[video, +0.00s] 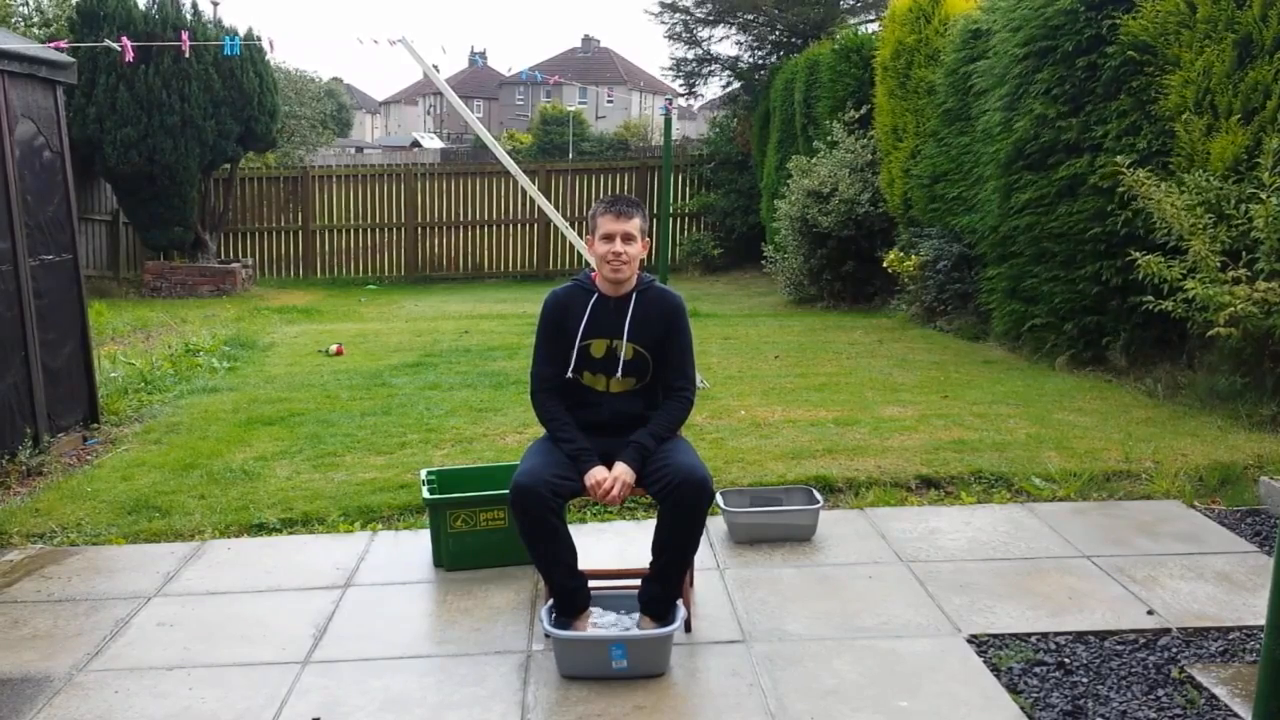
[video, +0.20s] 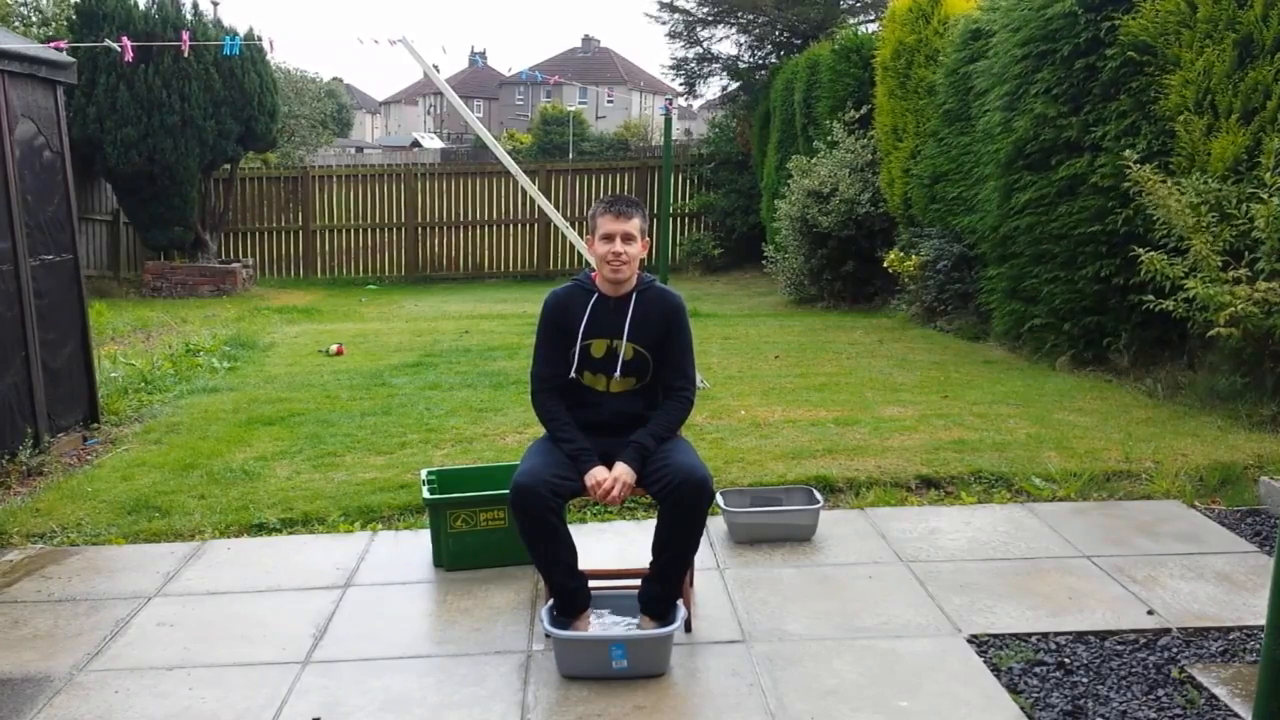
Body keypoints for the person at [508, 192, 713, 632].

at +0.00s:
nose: (617, 249)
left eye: (628, 239)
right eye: (606, 239)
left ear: (644, 248)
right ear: (589, 246)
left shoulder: (666, 306)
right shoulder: (562, 304)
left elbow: (680, 395)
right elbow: (544, 392)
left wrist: (632, 458)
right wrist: (587, 461)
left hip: (648, 435)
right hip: (574, 437)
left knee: (693, 485)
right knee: (528, 489)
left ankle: (657, 606)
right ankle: (573, 606)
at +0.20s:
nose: (617, 249)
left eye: (628, 239)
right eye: (606, 239)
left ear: (644, 247)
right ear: (589, 246)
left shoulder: (666, 306)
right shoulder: (562, 304)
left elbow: (680, 394)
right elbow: (545, 393)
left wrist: (633, 458)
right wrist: (587, 462)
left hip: (648, 435)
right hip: (574, 437)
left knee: (693, 484)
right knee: (528, 489)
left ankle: (657, 605)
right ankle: (572, 605)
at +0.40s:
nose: (616, 249)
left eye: (627, 239)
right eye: (606, 239)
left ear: (644, 247)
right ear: (589, 246)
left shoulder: (666, 306)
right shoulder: (562, 304)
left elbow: (679, 395)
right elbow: (545, 393)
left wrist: (632, 459)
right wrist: (587, 461)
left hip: (648, 435)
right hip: (574, 437)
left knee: (693, 484)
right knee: (528, 489)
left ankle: (657, 604)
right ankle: (572, 605)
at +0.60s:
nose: (615, 250)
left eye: (626, 240)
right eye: (605, 240)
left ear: (643, 247)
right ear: (588, 246)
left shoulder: (664, 305)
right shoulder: (560, 305)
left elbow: (679, 394)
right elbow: (545, 393)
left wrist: (633, 459)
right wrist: (587, 461)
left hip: (648, 435)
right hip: (574, 437)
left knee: (693, 484)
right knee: (528, 489)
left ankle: (657, 605)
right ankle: (572, 605)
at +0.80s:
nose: (602, 251)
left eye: (613, 241)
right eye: (592, 240)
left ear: (630, 248)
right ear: (576, 246)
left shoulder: (655, 304)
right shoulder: (552, 308)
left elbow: (676, 392)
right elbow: (543, 396)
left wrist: (632, 460)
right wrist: (588, 461)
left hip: (646, 435)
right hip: (572, 439)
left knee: (692, 484)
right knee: (528, 489)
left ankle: (657, 605)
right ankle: (572, 605)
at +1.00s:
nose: (582, 253)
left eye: (593, 242)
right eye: (571, 243)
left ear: (611, 249)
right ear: (557, 251)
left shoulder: (642, 303)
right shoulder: (540, 312)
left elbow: (671, 388)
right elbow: (537, 400)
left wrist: (631, 460)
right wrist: (588, 459)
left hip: (643, 435)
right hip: (570, 439)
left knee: (689, 483)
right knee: (527, 489)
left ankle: (658, 603)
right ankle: (572, 603)